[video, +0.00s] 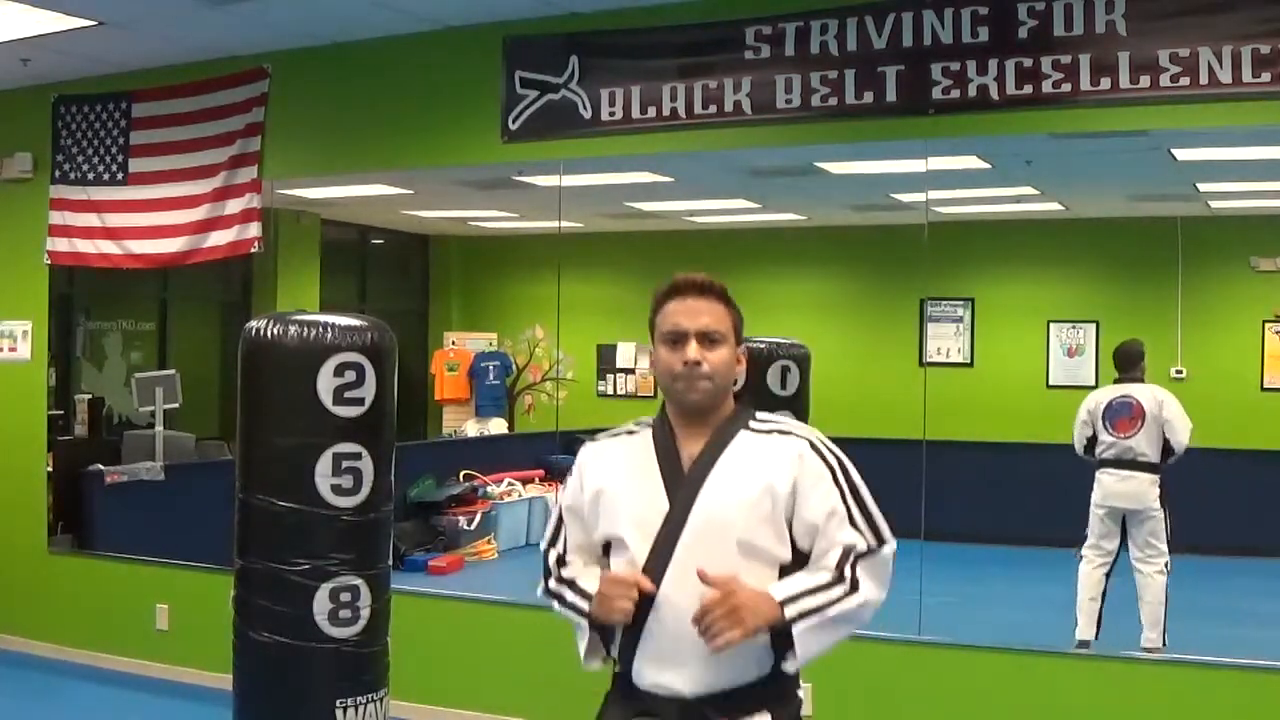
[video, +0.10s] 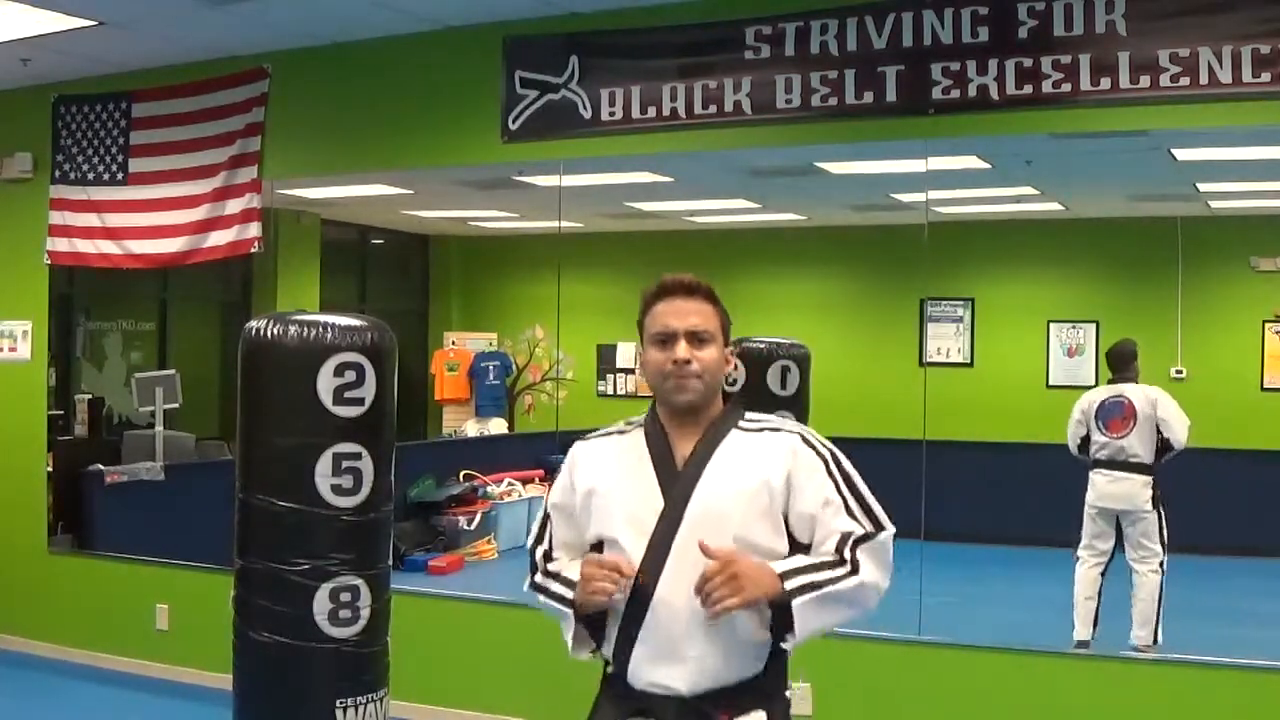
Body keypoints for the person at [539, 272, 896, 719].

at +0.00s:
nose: (692, 355)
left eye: (709, 340)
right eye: (674, 340)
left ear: (739, 362)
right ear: (652, 359)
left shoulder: (797, 453)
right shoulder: (601, 459)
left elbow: (863, 561)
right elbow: (559, 566)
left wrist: (774, 605)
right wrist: (592, 596)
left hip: (752, 706)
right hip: (636, 704)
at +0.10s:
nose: (681, 354)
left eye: (699, 339)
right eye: (663, 340)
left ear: (728, 360)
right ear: (642, 361)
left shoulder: (788, 450)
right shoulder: (591, 458)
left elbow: (865, 556)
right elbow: (545, 564)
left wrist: (775, 580)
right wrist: (577, 587)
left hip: (743, 702)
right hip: (627, 701)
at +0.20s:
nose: (674, 394)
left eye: (691, 379)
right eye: (656, 379)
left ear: (718, 395)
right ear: (635, 394)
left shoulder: (780, 495)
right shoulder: (583, 503)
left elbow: (850, 605)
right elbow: (529, 616)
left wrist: (777, 614)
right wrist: (562, 632)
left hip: (740, 712)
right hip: (621, 711)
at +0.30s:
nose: (666, 414)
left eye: (684, 400)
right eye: (649, 401)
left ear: (711, 418)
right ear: (628, 420)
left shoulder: (772, 520)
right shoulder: (579, 528)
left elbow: (818, 628)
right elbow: (535, 635)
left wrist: (768, 656)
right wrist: (557, 677)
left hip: (730, 714)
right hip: (614, 713)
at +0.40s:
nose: (663, 399)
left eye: (680, 386)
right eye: (646, 387)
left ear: (707, 404)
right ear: (624, 406)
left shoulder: (769, 504)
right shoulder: (578, 513)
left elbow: (828, 606)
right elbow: (533, 626)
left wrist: (768, 639)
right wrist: (575, 645)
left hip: (730, 711)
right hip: (613, 713)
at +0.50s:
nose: (669, 382)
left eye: (688, 370)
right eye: (652, 369)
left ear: (714, 392)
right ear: (631, 387)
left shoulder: (773, 485)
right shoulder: (582, 495)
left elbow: (847, 582)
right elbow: (531, 611)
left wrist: (781, 612)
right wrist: (587, 611)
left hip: (737, 709)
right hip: (625, 711)